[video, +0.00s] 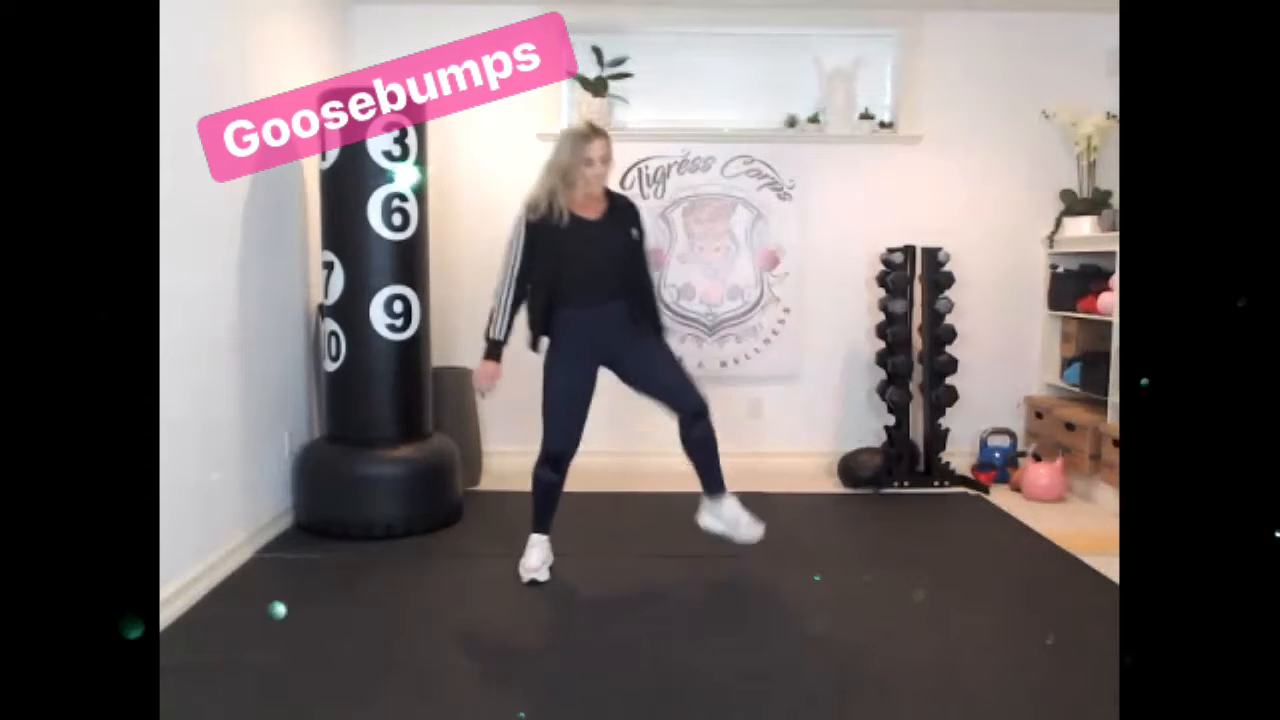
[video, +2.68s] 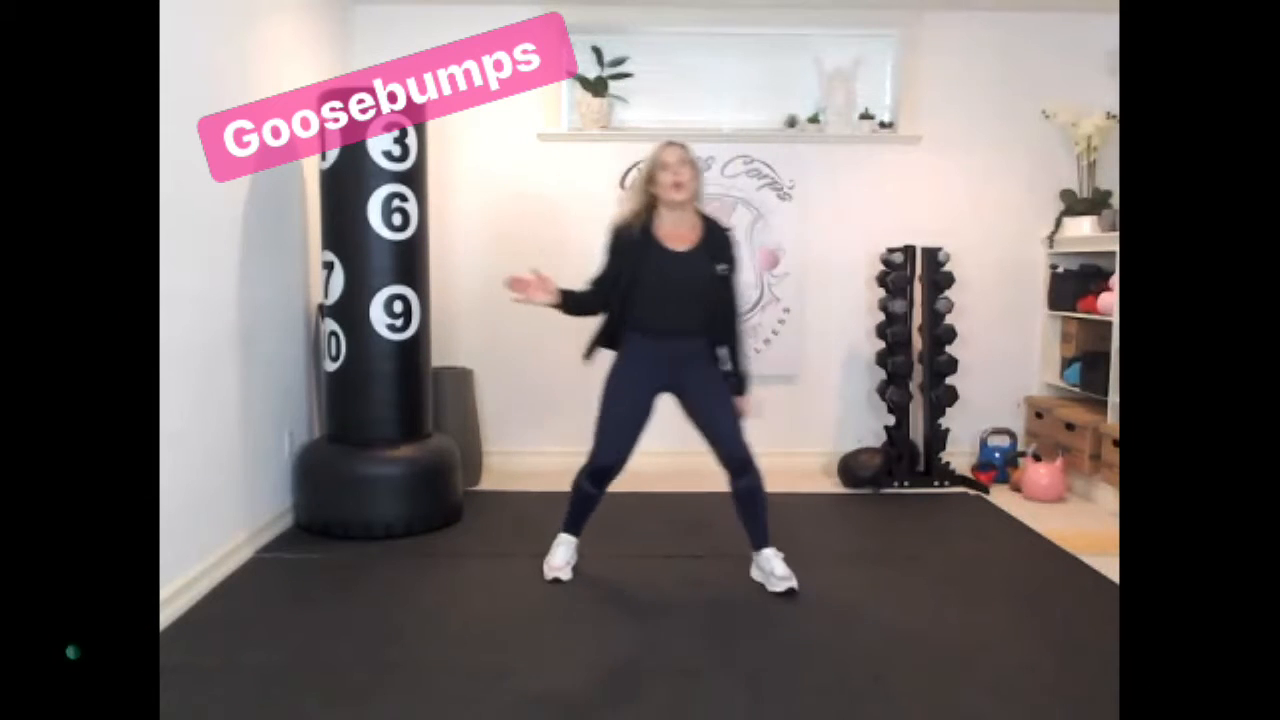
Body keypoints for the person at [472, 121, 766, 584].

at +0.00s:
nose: (601, 170)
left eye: (606, 161)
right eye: (592, 162)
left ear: (611, 162)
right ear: (570, 164)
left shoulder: (623, 211)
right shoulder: (541, 216)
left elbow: (640, 281)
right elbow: (513, 284)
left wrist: (655, 338)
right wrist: (493, 354)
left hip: (627, 334)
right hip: (571, 340)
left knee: (693, 408)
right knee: (557, 448)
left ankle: (718, 503)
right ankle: (539, 540)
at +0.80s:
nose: (640, 177)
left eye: (648, 170)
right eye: (631, 170)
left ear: (661, 182)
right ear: (617, 180)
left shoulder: (675, 239)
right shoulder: (594, 236)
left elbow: (692, 309)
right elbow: (569, 304)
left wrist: (712, 376)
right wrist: (545, 370)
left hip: (663, 360)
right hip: (604, 361)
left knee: (702, 456)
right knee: (574, 461)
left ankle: (728, 543)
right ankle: (541, 540)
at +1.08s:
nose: (700, 145)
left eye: (710, 138)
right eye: (692, 138)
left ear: (726, 149)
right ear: (681, 149)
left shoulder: (741, 200)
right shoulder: (660, 202)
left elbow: (773, 268)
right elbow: (638, 271)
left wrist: (781, 338)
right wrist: (615, 329)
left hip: (715, 328)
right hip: (660, 323)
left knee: (724, 439)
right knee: (587, 375)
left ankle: (734, 539)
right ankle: (574, 485)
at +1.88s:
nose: (639, 168)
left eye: (648, 161)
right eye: (631, 160)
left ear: (661, 173)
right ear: (617, 169)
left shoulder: (674, 231)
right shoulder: (588, 228)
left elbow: (694, 304)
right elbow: (569, 299)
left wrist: (719, 372)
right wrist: (562, 366)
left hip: (663, 355)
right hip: (602, 355)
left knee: (700, 451)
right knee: (574, 456)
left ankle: (733, 538)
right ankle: (562, 538)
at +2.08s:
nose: (613, 146)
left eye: (621, 138)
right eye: (604, 138)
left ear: (632, 149)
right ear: (587, 148)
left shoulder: (646, 205)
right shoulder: (561, 205)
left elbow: (655, 275)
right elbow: (540, 272)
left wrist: (660, 330)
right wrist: (546, 338)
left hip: (643, 325)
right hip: (585, 331)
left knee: (710, 392)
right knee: (578, 443)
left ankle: (703, 486)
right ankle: (564, 537)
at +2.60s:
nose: (648, 168)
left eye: (655, 160)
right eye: (638, 162)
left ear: (668, 170)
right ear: (622, 174)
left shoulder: (686, 229)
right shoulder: (601, 227)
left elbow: (694, 299)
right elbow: (573, 289)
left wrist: (696, 362)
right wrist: (527, 286)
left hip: (670, 353)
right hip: (612, 351)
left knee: (716, 452)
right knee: (586, 459)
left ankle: (753, 544)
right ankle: (565, 539)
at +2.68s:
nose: (676, 176)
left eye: (684, 168)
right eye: (666, 169)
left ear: (697, 178)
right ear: (650, 181)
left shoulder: (716, 238)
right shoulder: (631, 235)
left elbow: (727, 312)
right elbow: (603, 297)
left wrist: (736, 382)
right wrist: (556, 296)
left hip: (696, 362)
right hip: (637, 361)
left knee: (740, 461)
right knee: (606, 461)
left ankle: (764, 553)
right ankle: (567, 540)